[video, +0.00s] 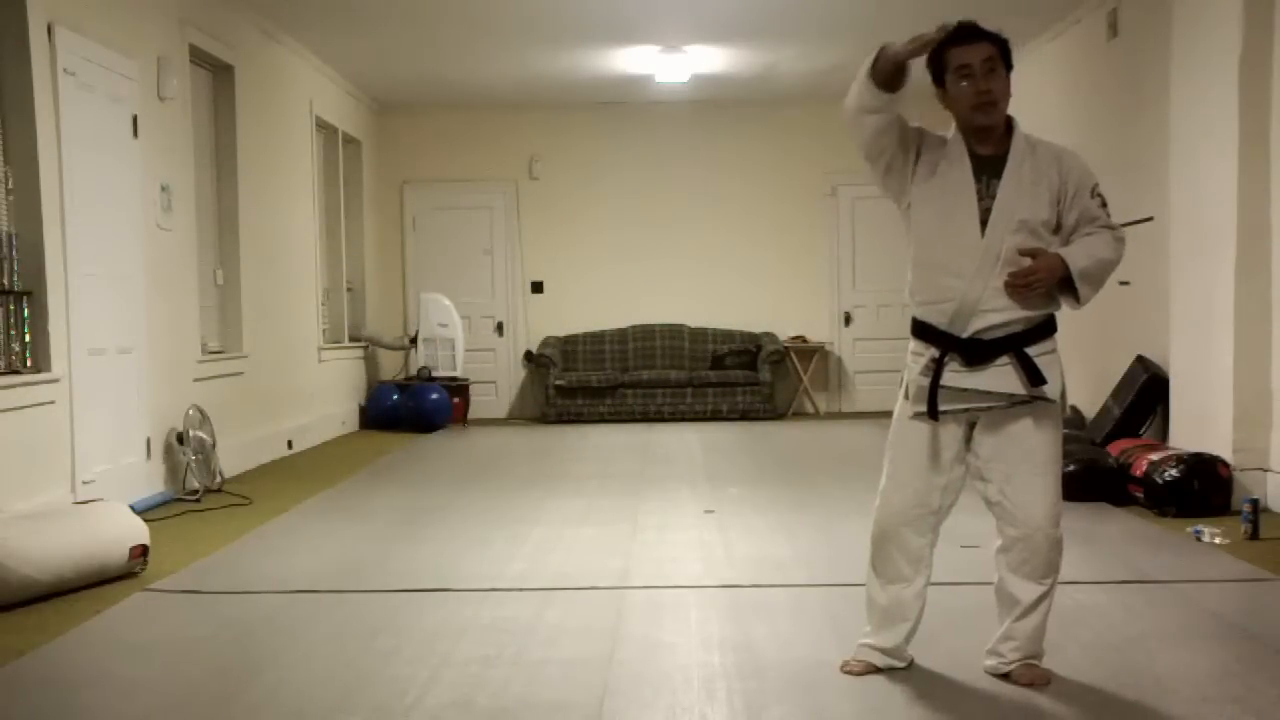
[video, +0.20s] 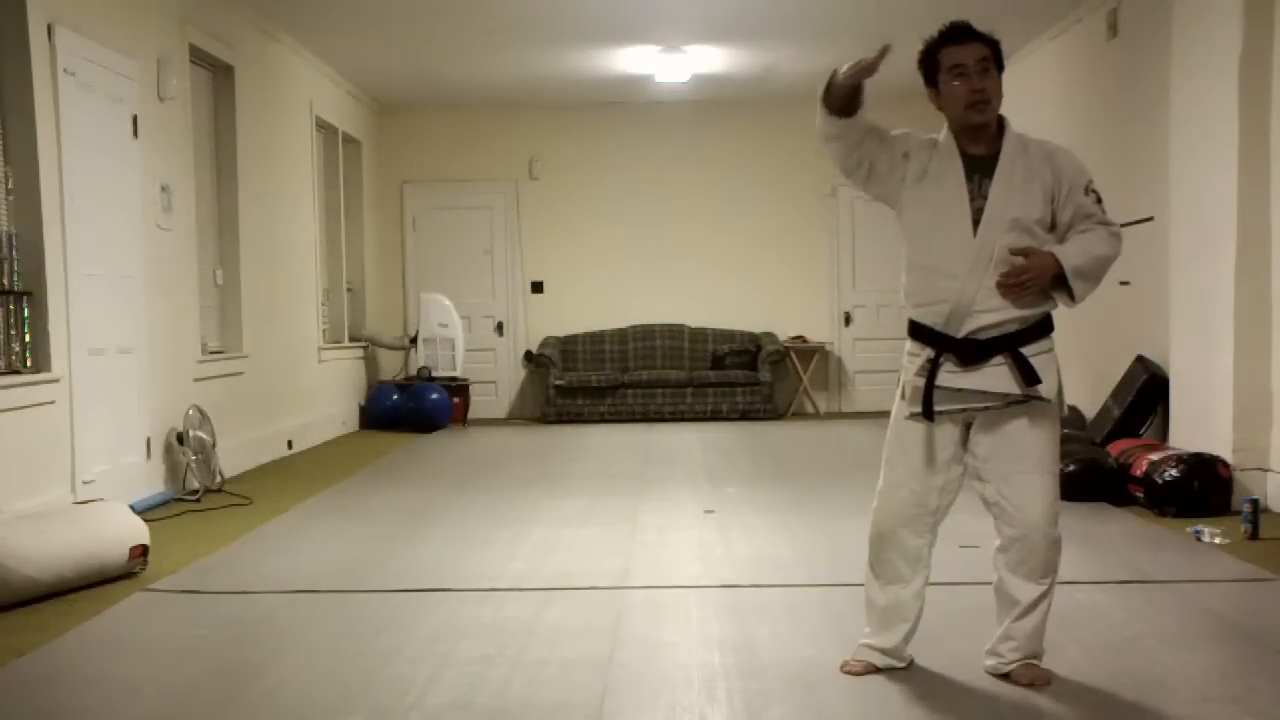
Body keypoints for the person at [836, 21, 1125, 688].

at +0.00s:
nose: (981, 85)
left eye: (991, 70)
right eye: (962, 76)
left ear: (1009, 80)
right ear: (941, 94)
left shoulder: (1059, 167)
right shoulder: (918, 162)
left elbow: (1106, 241)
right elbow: (869, 119)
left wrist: (1064, 266)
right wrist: (888, 62)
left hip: (1023, 367)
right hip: (933, 366)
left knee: (1035, 525)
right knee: (900, 516)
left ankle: (1017, 653)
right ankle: (884, 641)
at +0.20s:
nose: (976, 84)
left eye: (986, 70)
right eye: (957, 74)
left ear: (1001, 81)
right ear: (933, 93)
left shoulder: (1052, 164)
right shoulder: (912, 162)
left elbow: (1102, 238)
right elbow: (855, 153)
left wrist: (1058, 264)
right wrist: (841, 100)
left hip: (1021, 366)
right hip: (931, 366)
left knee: (1034, 525)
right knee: (899, 515)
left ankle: (1016, 654)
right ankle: (884, 642)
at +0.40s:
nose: (974, 82)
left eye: (983, 68)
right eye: (956, 74)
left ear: (998, 80)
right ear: (930, 95)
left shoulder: (1049, 163)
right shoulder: (907, 164)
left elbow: (1100, 235)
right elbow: (841, 165)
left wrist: (1057, 262)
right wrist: (812, 124)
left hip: (1020, 369)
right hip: (931, 369)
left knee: (1033, 526)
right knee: (897, 518)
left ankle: (1016, 653)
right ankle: (884, 643)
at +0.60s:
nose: (973, 83)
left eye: (981, 69)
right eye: (955, 73)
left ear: (997, 82)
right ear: (929, 95)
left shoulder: (1048, 162)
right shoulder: (907, 163)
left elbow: (1098, 234)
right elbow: (843, 169)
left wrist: (1057, 262)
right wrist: (800, 138)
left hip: (1021, 369)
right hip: (932, 370)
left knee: (1033, 527)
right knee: (898, 518)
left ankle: (1017, 654)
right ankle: (884, 643)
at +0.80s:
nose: (974, 82)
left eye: (982, 69)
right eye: (955, 73)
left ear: (998, 81)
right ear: (930, 95)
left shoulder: (1048, 161)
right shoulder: (907, 162)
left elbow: (1099, 235)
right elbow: (840, 172)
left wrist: (1058, 262)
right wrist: (802, 141)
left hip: (1021, 369)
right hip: (933, 370)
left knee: (1034, 527)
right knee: (898, 519)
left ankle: (1017, 653)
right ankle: (884, 643)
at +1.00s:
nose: (979, 84)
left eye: (986, 69)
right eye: (959, 74)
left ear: (1000, 80)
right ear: (932, 95)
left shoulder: (1050, 162)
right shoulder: (909, 163)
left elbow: (1101, 234)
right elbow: (844, 175)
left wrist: (1060, 262)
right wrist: (808, 140)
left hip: (1022, 370)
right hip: (933, 370)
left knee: (1036, 528)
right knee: (899, 519)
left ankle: (1017, 654)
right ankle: (884, 643)